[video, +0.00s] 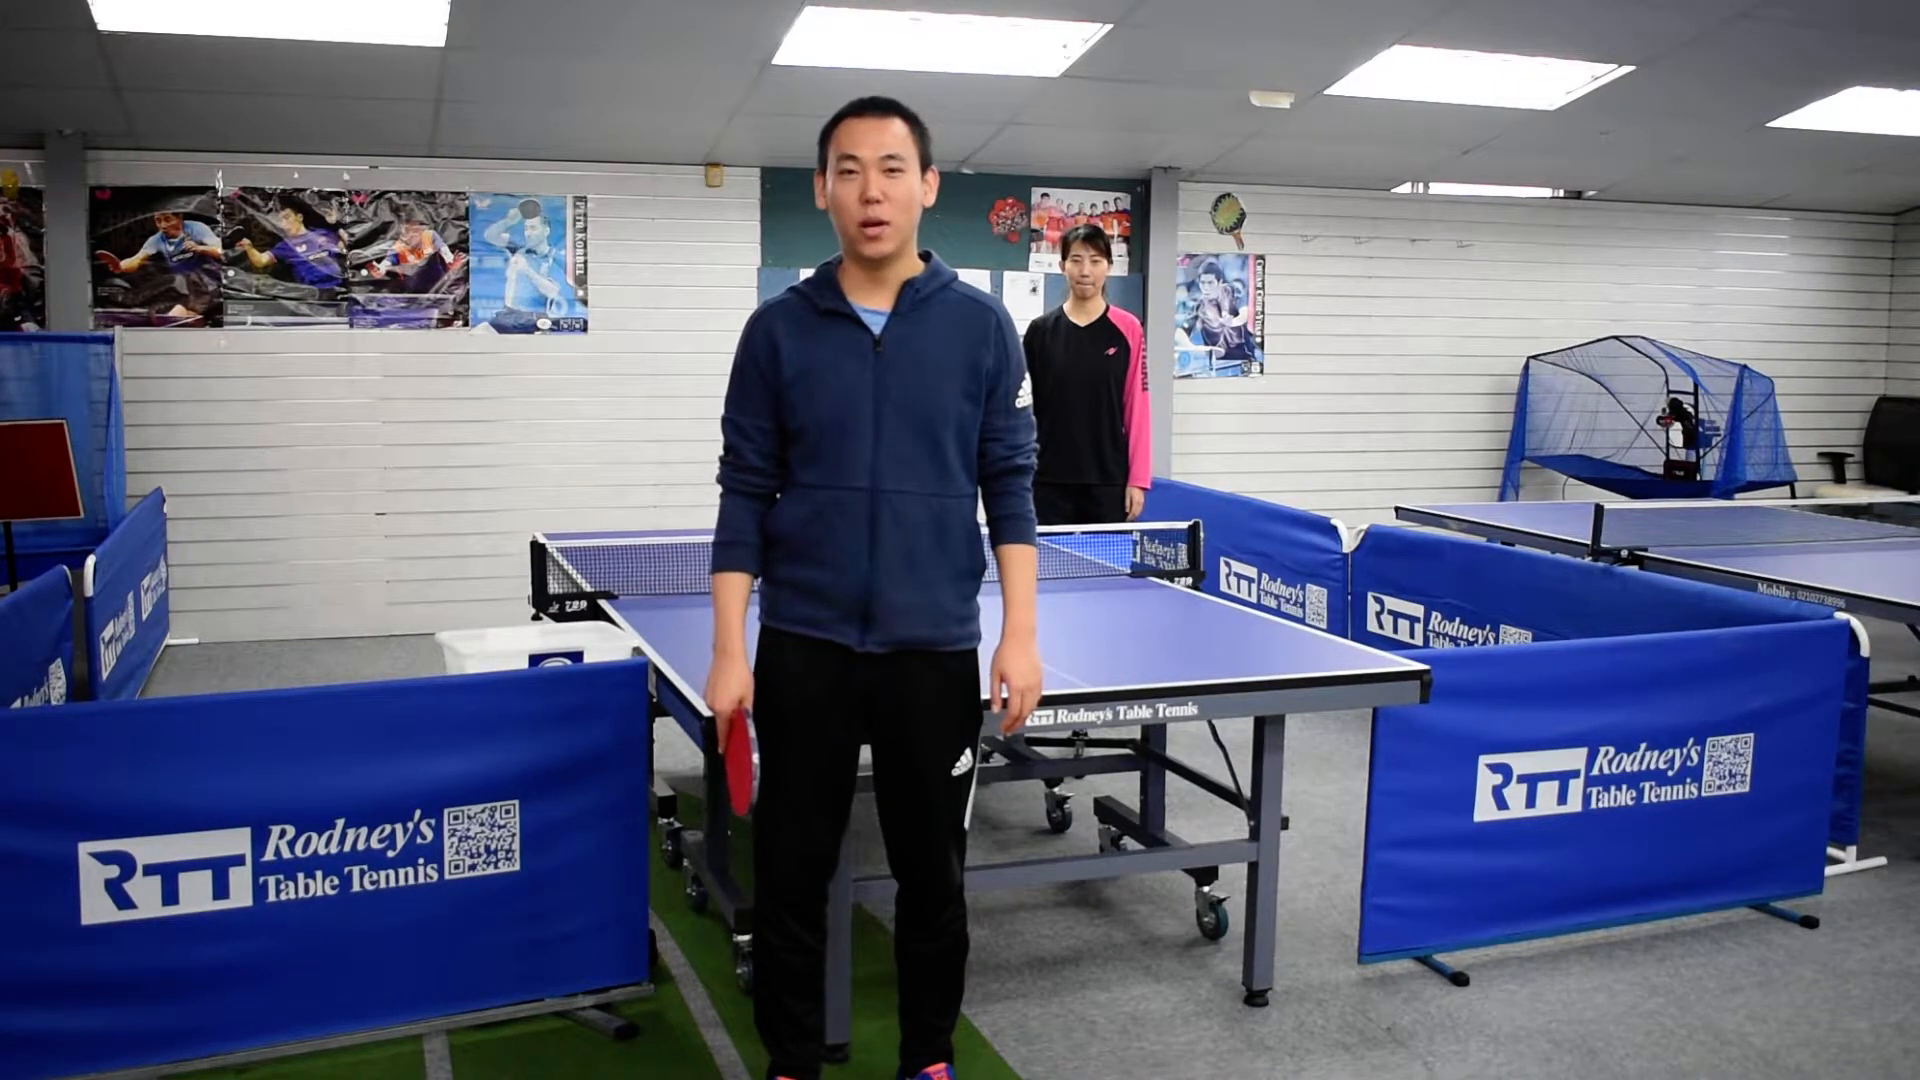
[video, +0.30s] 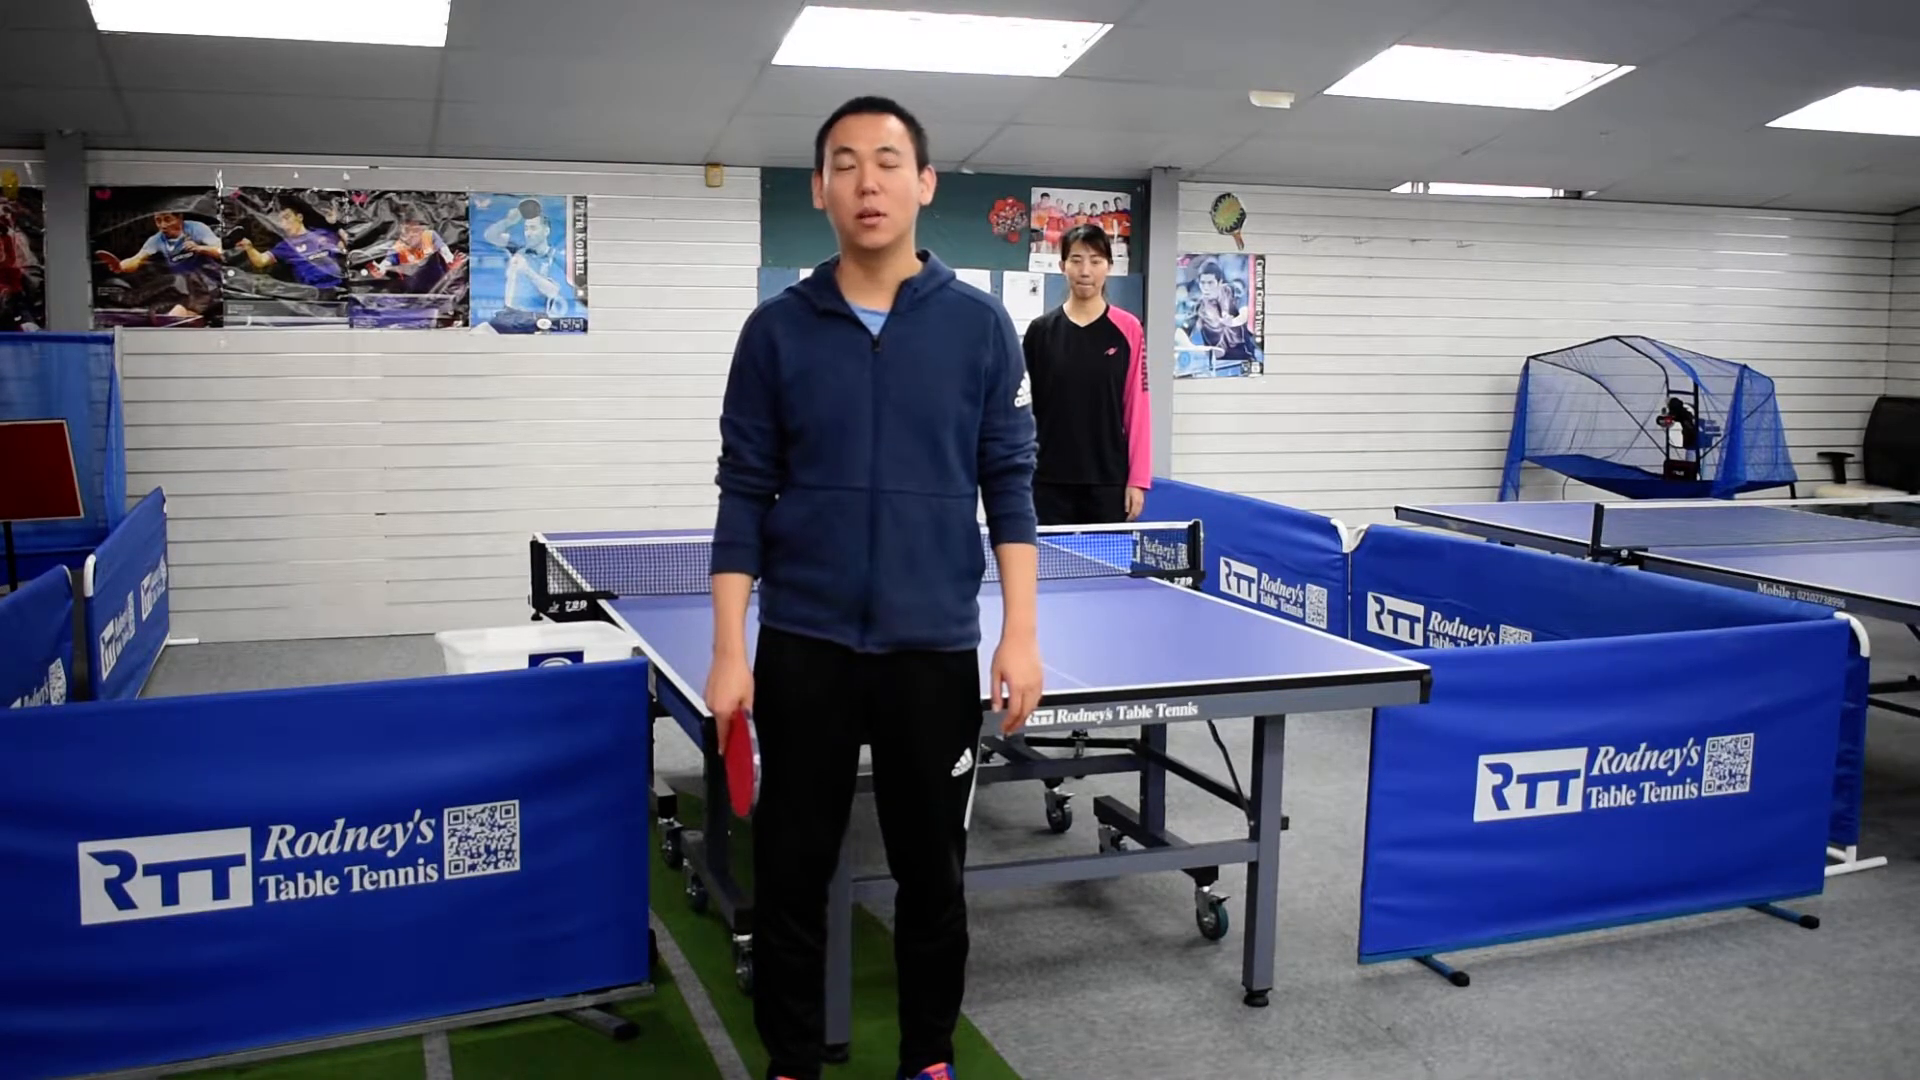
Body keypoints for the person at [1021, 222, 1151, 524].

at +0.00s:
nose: (1085, 271)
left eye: (1095, 262)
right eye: (1076, 261)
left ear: (1109, 268)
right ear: (1063, 266)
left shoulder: (1128, 329)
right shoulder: (1039, 331)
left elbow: (1137, 407)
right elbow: (1022, 405)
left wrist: (1138, 479)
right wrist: (1019, 479)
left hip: (1107, 483)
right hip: (1049, 482)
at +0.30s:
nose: (1085, 271)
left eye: (1095, 262)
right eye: (1076, 261)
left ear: (1109, 268)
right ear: (1063, 266)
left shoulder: (1128, 329)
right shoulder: (1040, 331)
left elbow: (1137, 407)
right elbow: (1022, 405)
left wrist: (1138, 479)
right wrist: (1019, 478)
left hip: (1107, 483)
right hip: (1049, 481)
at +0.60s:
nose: (1084, 271)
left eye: (1094, 261)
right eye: (1075, 261)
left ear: (1108, 268)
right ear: (1062, 266)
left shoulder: (1127, 329)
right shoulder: (1039, 331)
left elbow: (1136, 407)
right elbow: (1023, 405)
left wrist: (1138, 479)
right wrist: (1021, 477)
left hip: (1107, 483)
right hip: (1049, 481)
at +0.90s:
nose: (1084, 271)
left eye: (1094, 262)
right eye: (1075, 261)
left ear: (1108, 268)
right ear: (1062, 266)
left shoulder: (1127, 329)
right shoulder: (1039, 331)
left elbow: (1136, 407)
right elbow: (1022, 405)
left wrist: (1137, 479)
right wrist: (1020, 478)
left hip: (1107, 483)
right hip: (1049, 481)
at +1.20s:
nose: (1085, 271)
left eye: (1095, 262)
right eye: (1075, 261)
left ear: (1108, 268)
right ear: (1063, 266)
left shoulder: (1128, 329)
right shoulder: (1039, 331)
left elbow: (1136, 407)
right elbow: (1023, 405)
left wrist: (1137, 479)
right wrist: (1020, 478)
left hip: (1107, 483)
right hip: (1049, 482)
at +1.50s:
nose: (1085, 271)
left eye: (1095, 262)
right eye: (1076, 261)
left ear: (1109, 268)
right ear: (1063, 266)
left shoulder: (1128, 330)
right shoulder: (1039, 331)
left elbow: (1137, 407)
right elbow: (1022, 406)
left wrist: (1138, 478)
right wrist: (1019, 478)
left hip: (1107, 483)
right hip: (1049, 481)